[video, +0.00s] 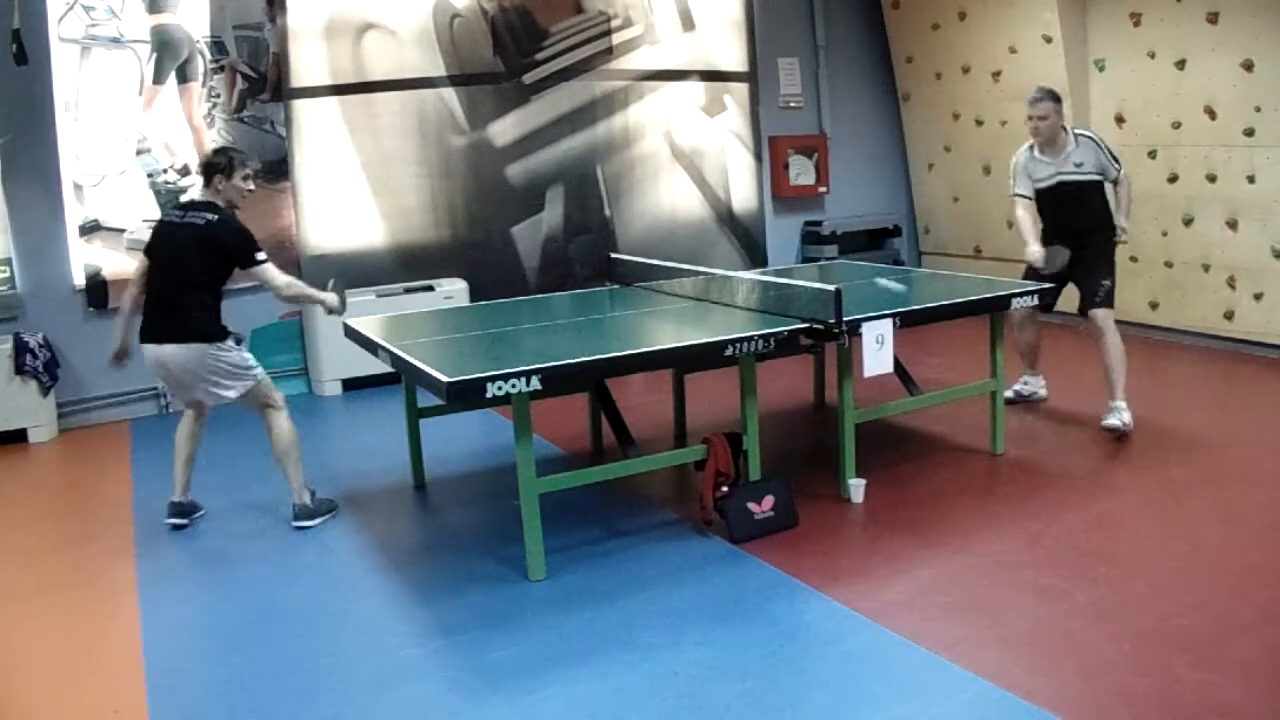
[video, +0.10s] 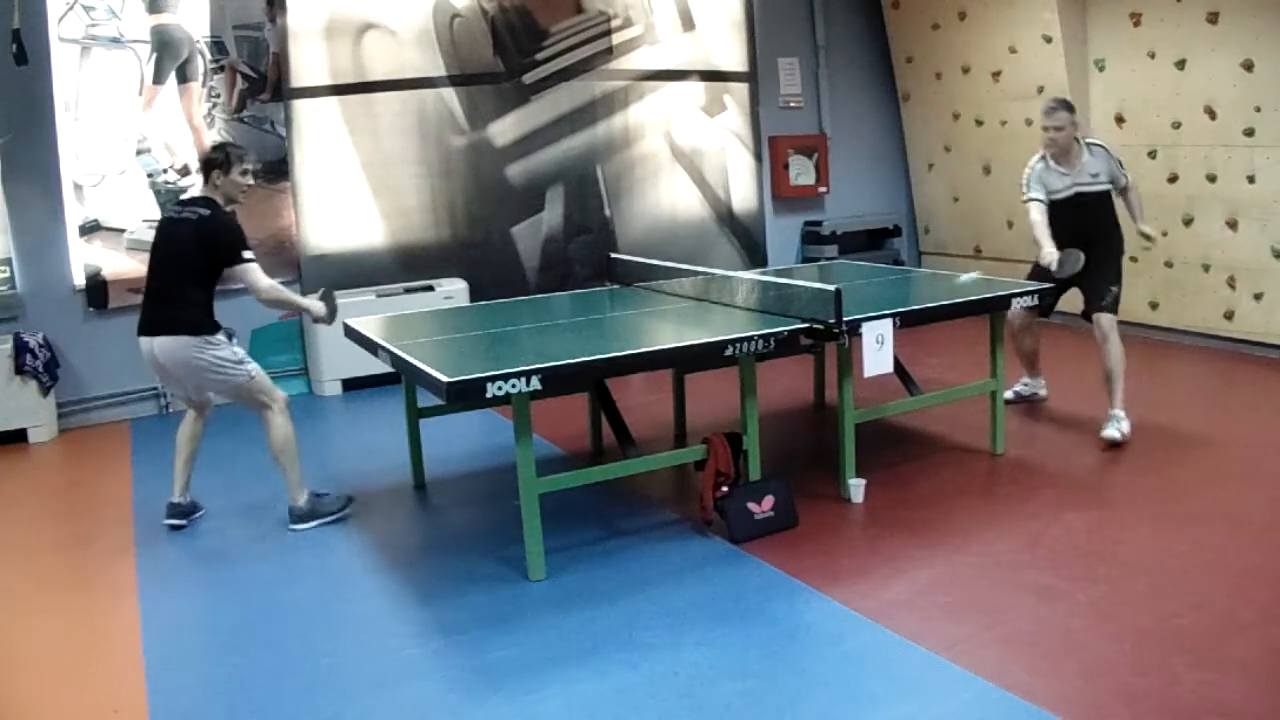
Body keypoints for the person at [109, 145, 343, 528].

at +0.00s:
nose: (250, 187)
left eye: (251, 179)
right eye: (244, 179)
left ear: (211, 181)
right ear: (219, 180)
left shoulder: (168, 221)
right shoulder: (228, 227)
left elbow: (136, 286)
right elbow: (280, 285)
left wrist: (124, 340)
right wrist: (323, 297)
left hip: (154, 345)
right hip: (201, 345)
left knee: (194, 407)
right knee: (273, 404)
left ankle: (179, 501)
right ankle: (303, 501)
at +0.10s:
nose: (249, 183)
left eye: (250, 175)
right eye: (243, 175)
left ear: (210, 177)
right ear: (217, 175)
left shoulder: (173, 214)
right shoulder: (221, 222)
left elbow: (192, 278)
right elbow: (264, 291)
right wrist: (310, 306)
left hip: (151, 338)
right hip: (193, 338)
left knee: (198, 406)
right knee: (274, 403)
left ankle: (178, 501)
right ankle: (301, 502)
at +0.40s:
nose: (276, 175)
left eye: (276, 167)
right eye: (269, 167)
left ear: (234, 170)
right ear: (242, 169)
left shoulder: (200, 206)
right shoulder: (240, 217)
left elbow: (187, 269)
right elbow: (255, 290)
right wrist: (303, 311)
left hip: (169, 330)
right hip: (209, 333)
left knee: (204, 410)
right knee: (272, 422)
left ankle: (179, 504)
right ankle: (284, 535)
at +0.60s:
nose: (309, 200)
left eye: (310, 192)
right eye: (303, 192)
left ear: (271, 193)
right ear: (276, 191)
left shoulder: (233, 226)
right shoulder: (264, 230)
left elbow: (211, 283)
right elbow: (264, 295)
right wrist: (314, 313)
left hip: (186, 340)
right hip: (227, 342)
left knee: (213, 416)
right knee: (316, 408)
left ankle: (179, 506)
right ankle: (340, 514)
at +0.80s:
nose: (365, 243)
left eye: (365, 235)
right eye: (359, 234)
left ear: (333, 232)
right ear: (333, 231)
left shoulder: (280, 256)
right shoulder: (320, 261)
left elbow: (242, 309)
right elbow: (345, 298)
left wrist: (210, 368)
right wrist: (396, 297)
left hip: (219, 364)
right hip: (261, 370)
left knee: (232, 426)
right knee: (360, 407)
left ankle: (181, 507)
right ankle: (376, 515)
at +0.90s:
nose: (384, 244)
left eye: (384, 235)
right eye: (380, 234)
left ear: (343, 229)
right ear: (357, 231)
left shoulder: (292, 255)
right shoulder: (357, 261)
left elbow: (244, 309)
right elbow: (418, 273)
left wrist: (211, 363)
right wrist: (466, 272)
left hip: (228, 362)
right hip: (275, 371)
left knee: (233, 427)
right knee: (369, 405)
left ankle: (183, 505)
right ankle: (377, 513)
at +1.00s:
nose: (386, 229)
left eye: (385, 221)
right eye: (382, 220)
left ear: (344, 216)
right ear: (363, 219)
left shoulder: (291, 245)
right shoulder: (366, 251)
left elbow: (245, 302)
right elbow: (441, 264)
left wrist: (213, 355)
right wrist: (493, 266)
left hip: (231, 355)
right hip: (278, 366)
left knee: (234, 424)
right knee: (369, 404)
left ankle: (185, 506)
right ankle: (377, 512)